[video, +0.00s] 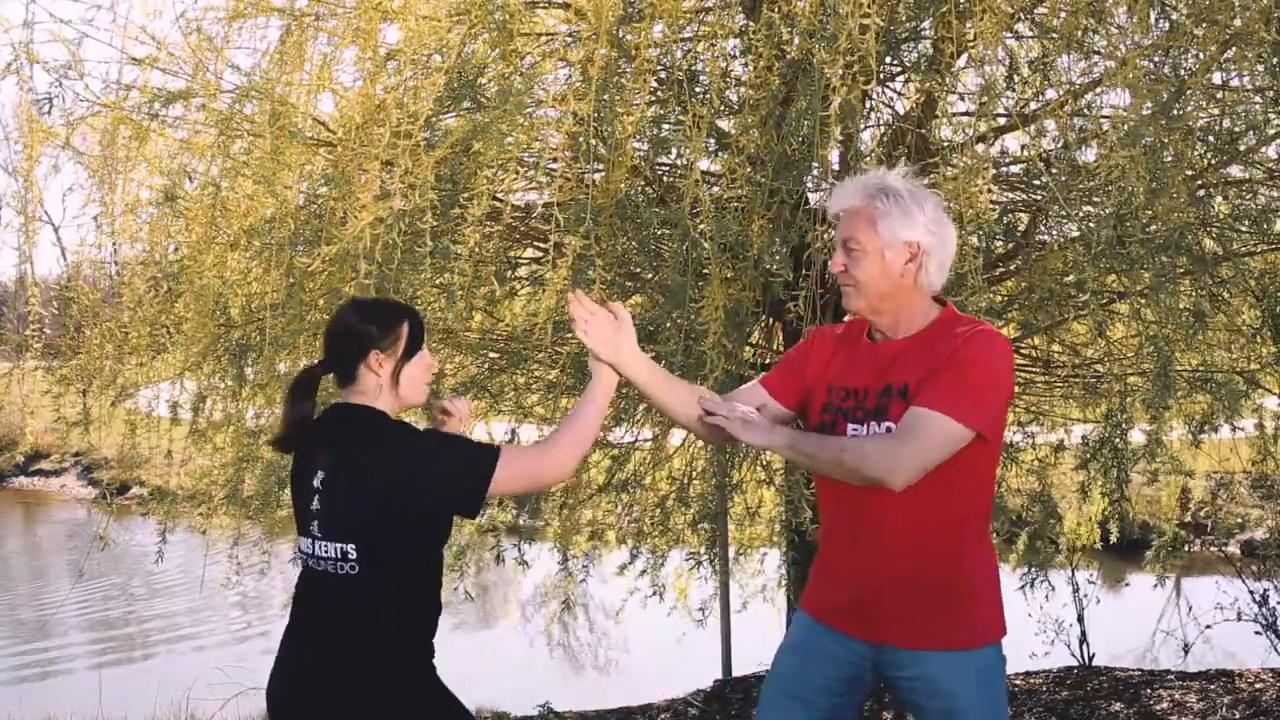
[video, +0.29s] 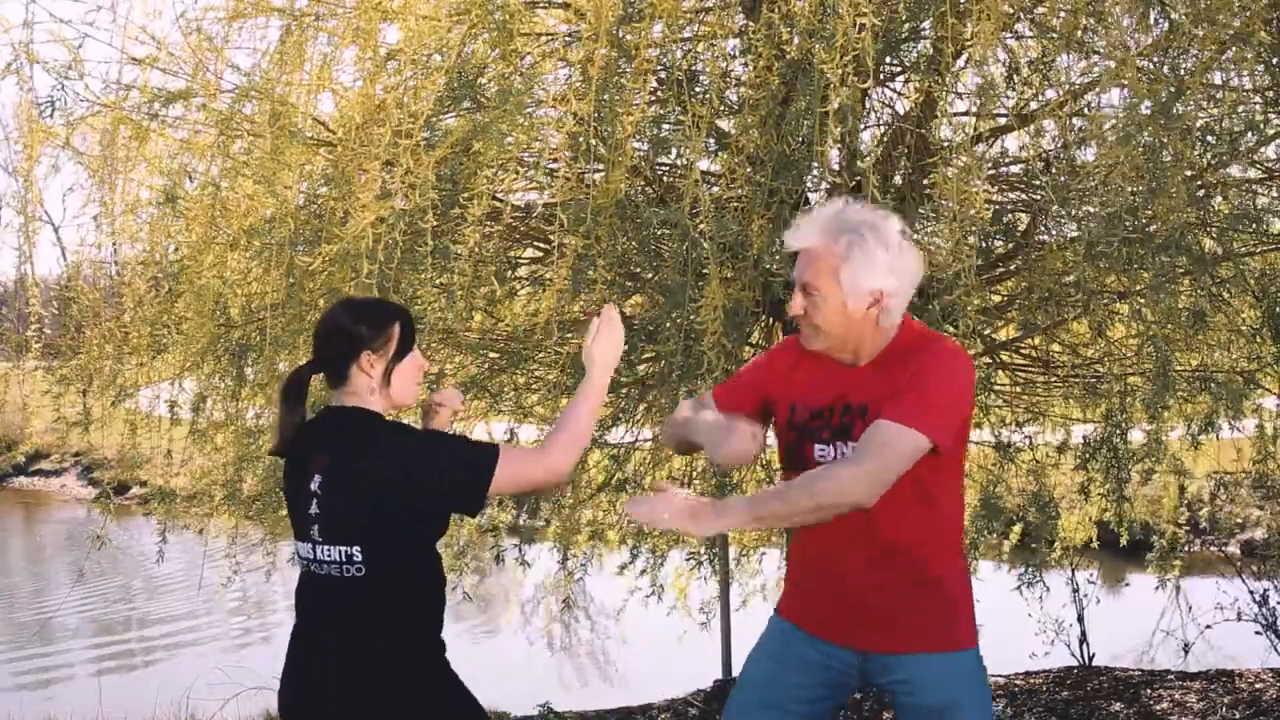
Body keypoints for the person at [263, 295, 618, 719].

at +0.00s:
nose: (433, 363)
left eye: (428, 352)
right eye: (422, 352)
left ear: (373, 364)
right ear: (379, 364)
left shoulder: (315, 440)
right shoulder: (414, 454)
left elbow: (381, 512)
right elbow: (554, 464)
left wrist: (443, 442)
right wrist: (606, 378)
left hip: (299, 685)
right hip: (390, 690)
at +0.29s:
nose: (423, 363)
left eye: (417, 349)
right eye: (412, 351)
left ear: (362, 364)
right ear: (370, 365)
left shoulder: (306, 445)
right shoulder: (407, 454)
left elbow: (389, 515)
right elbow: (553, 465)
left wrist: (431, 432)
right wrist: (600, 372)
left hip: (310, 685)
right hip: (401, 686)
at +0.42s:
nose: (423, 366)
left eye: (416, 352)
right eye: (411, 353)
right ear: (372, 366)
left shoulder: (307, 447)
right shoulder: (406, 455)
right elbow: (551, 492)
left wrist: (433, 435)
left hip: (312, 688)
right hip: (404, 689)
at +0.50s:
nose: (421, 374)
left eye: (415, 362)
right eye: (409, 363)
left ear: (359, 378)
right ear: (366, 377)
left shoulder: (300, 455)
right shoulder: (415, 461)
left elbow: (371, 515)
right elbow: (541, 512)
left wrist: (426, 446)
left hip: (306, 695)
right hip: (402, 695)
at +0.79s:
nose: (427, 382)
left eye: (420, 371)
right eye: (414, 373)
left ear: (366, 389)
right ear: (369, 389)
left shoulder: (317, 464)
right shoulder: (415, 471)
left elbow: (417, 544)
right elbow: (543, 532)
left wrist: (445, 457)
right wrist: (598, 553)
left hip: (309, 700)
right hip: (399, 702)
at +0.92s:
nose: (435, 375)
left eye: (428, 364)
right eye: (422, 366)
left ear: (376, 391)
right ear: (383, 389)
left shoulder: (344, 463)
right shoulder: (433, 468)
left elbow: (446, 535)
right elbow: (548, 551)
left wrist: (467, 447)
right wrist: (617, 592)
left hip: (323, 695)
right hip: (412, 699)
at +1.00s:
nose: (441, 373)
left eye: (433, 363)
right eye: (430, 365)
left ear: (389, 389)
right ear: (393, 387)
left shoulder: (362, 460)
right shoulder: (445, 473)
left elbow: (499, 492)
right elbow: (548, 568)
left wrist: (524, 413)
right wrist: (598, 615)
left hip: (334, 694)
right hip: (420, 698)